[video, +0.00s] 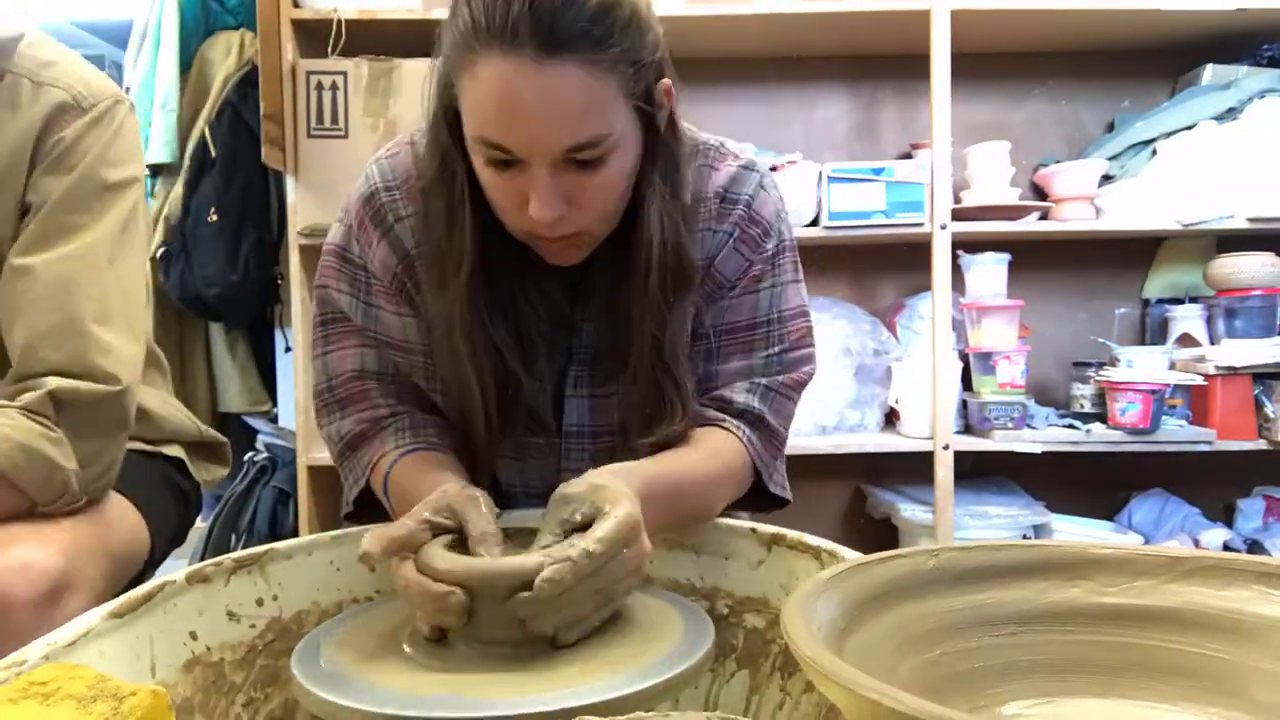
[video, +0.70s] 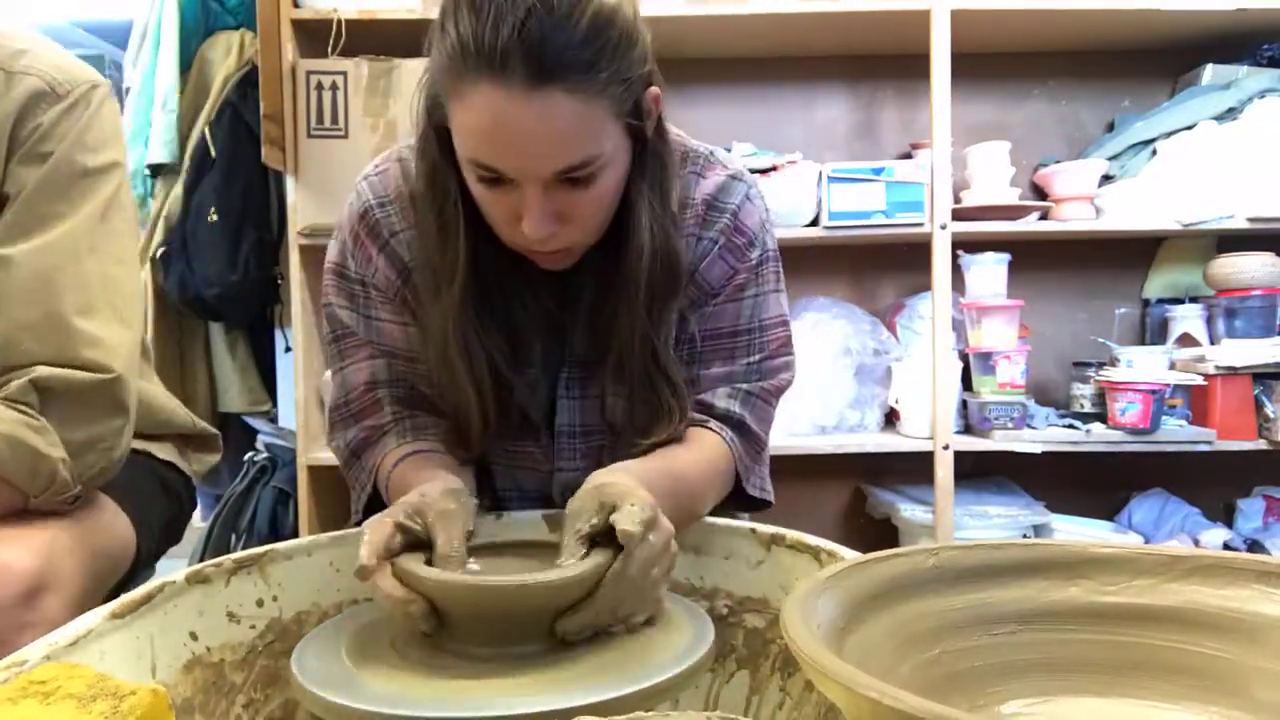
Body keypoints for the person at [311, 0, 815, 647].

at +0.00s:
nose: (544, 209)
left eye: (587, 162)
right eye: (501, 162)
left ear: (657, 112)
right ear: (457, 125)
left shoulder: (733, 203)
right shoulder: (394, 206)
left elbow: (745, 430)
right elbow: (371, 403)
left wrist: (637, 494)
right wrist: (440, 497)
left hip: (668, 572)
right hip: (466, 569)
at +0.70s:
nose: (535, 224)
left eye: (577, 178)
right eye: (492, 179)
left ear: (645, 120)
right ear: (448, 136)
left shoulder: (717, 210)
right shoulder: (388, 216)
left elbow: (734, 420)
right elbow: (383, 406)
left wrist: (653, 490)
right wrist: (430, 488)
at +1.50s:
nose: (538, 230)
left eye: (577, 184)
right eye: (492, 186)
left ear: (643, 124)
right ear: (448, 146)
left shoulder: (723, 229)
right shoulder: (384, 232)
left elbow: (761, 446)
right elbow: (392, 420)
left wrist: (676, 494)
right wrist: (393, 490)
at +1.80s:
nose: (534, 211)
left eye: (573, 162)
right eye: (489, 166)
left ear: (640, 114)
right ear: (446, 132)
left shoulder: (723, 230)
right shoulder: (384, 229)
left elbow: (758, 457)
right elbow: (384, 420)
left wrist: (656, 483)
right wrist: (390, 491)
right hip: (458, 600)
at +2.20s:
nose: (526, 194)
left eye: (567, 145)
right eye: (484, 148)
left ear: (639, 101)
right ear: (444, 119)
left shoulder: (719, 222)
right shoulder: (380, 236)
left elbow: (761, 435)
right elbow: (362, 413)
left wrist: (687, 502)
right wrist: (378, 486)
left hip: (661, 609)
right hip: (450, 616)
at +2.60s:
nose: (528, 214)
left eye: (570, 166)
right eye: (485, 167)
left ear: (642, 116)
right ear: (443, 132)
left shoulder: (721, 232)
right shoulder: (375, 235)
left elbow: (756, 449)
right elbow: (356, 421)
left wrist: (677, 477)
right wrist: (381, 481)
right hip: (447, 615)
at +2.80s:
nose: (490, 103)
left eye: (525, 59)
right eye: (451, 72)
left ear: (597, 53)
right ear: (425, 82)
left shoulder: (701, 218)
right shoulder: (383, 235)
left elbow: (742, 423)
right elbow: (390, 414)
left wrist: (668, 491)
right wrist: (392, 494)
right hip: (460, 612)